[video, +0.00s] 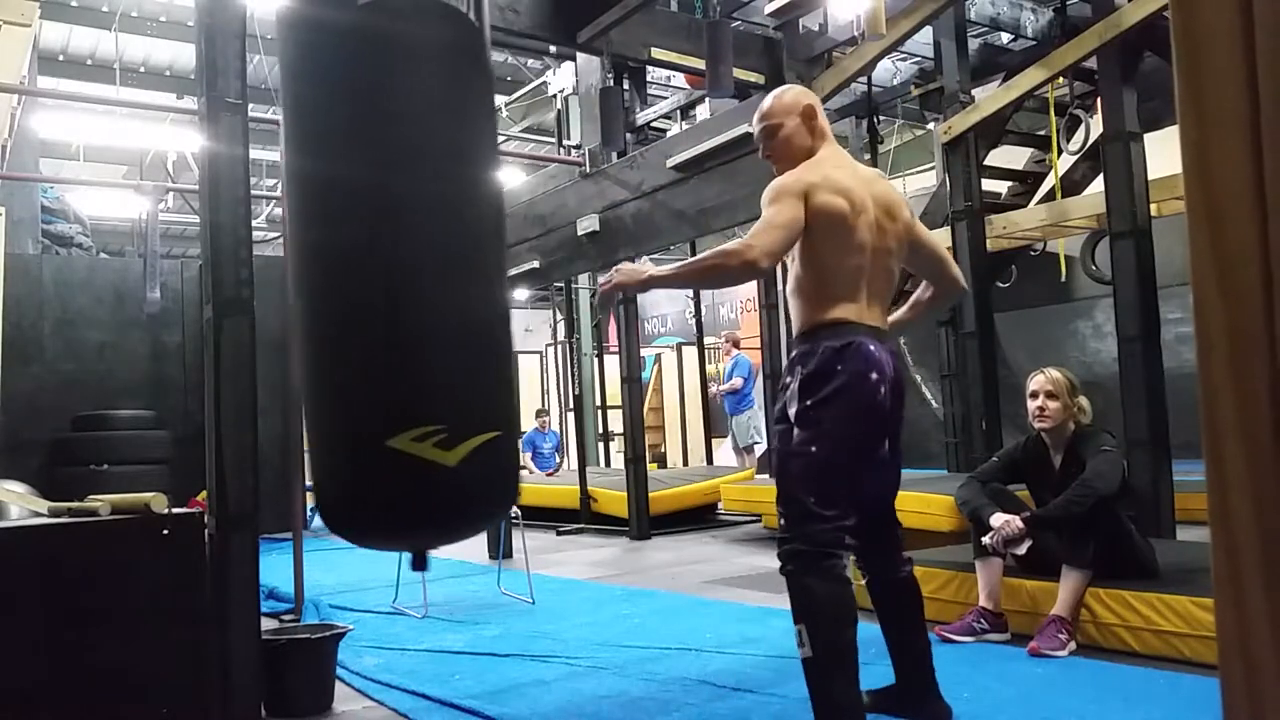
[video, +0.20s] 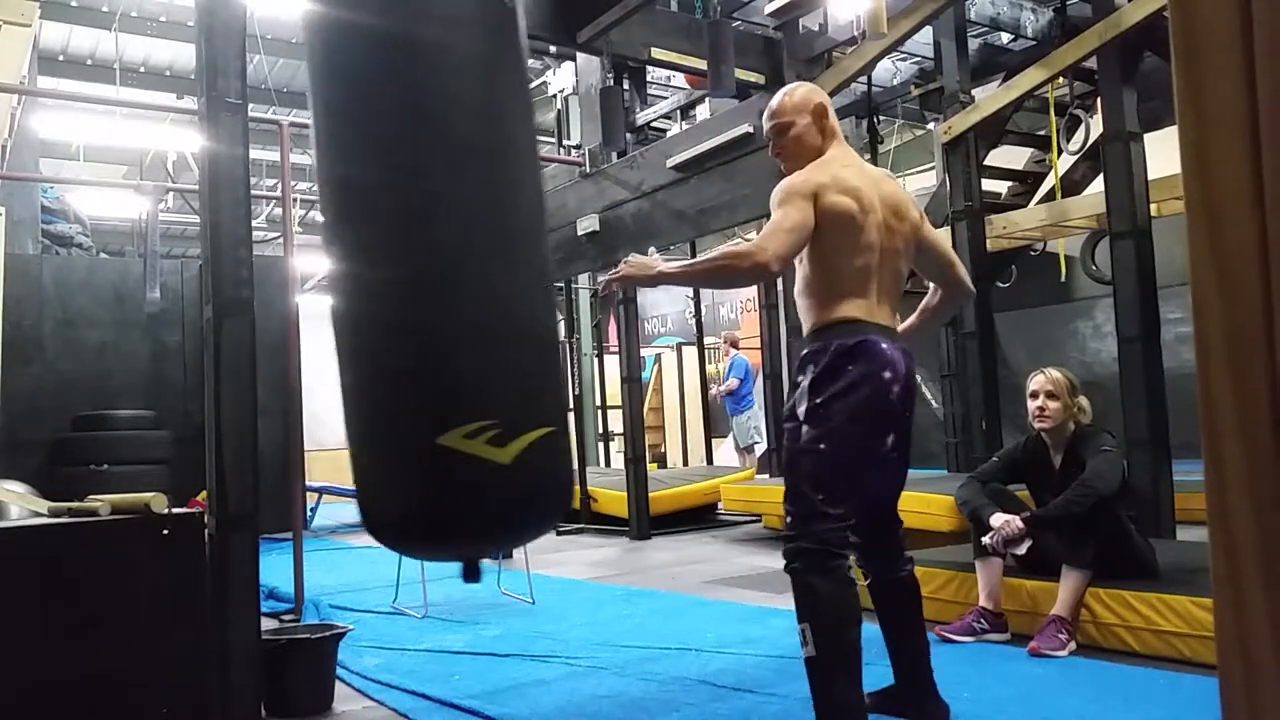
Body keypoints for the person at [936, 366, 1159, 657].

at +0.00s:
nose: (1041, 404)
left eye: (1052, 397)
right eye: (1034, 397)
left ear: (1071, 406)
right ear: (1026, 405)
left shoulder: (1098, 442)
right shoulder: (1026, 449)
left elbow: (1100, 485)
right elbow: (967, 488)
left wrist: (1026, 522)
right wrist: (992, 516)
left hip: (1117, 559)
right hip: (1059, 556)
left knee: (1088, 504)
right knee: (988, 496)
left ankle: (1061, 621)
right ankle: (989, 612)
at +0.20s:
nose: (1041, 404)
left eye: (1052, 397)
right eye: (1034, 397)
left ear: (1071, 406)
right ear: (1026, 406)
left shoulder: (1097, 442)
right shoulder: (1026, 449)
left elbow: (1100, 485)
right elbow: (967, 488)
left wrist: (1026, 522)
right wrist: (992, 517)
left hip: (1117, 559)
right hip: (1058, 556)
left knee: (1088, 504)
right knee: (987, 496)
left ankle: (1061, 621)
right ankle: (989, 612)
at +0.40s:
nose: (1041, 404)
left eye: (1052, 397)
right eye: (1034, 396)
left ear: (1072, 406)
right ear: (1026, 406)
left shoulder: (1098, 442)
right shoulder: (1027, 449)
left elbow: (1100, 485)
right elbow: (967, 488)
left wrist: (1026, 522)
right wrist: (992, 516)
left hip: (1117, 560)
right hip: (1058, 556)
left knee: (1088, 504)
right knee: (988, 495)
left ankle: (1061, 620)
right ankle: (989, 612)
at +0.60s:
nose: (1041, 404)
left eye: (1052, 397)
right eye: (1034, 397)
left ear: (1072, 406)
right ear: (1026, 406)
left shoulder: (1097, 442)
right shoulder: (1027, 449)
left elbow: (1100, 485)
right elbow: (968, 488)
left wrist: (1027, 522)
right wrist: (992, 517)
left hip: (1117, 559)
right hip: (1058, 556)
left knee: (1087, 504)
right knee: (988, 495)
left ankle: (1061, 621)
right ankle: (989, 612)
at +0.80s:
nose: (1041, 404)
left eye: (1052, 396)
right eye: (1034, 396)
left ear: (1072, 406)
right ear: (1027, 406)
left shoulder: (1098, 442)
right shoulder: (1027, 449)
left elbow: (1100, 485)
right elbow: (968, 488)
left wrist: (1027, 522)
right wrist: (992, 516)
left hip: (1117, 559)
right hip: (1058, 556)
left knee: (1089, 504)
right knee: (988, 495)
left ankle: (1061, 621)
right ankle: (989, 612)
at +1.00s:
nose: (1042, 404)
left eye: (1053, 396)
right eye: (1035, 396)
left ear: (1072, 406)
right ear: (1027, 405)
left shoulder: (1097, 442)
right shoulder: (1027, 449)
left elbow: (1100, 485)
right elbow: (968, 488)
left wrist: (1027, 522)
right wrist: (992, 516)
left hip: (1117, 559)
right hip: (1058, 556)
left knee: (1090, 504)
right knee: (988, 496)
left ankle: (1061, 620)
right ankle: (989, 612)